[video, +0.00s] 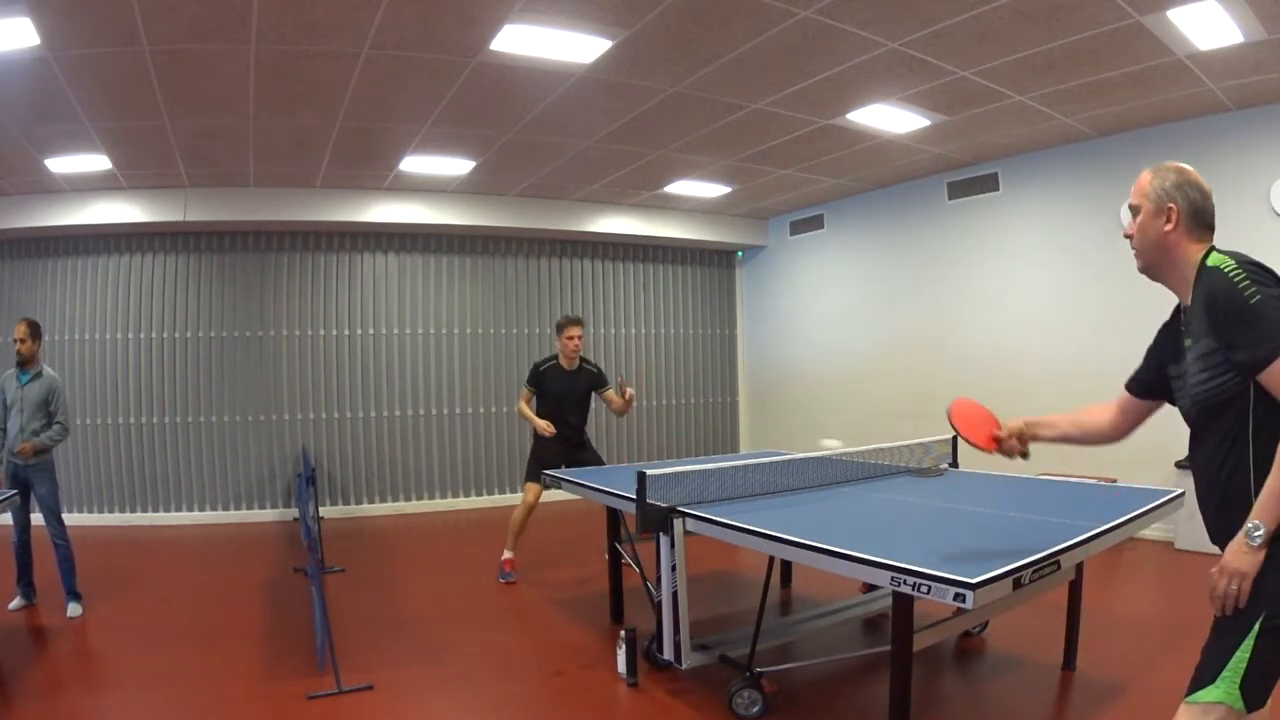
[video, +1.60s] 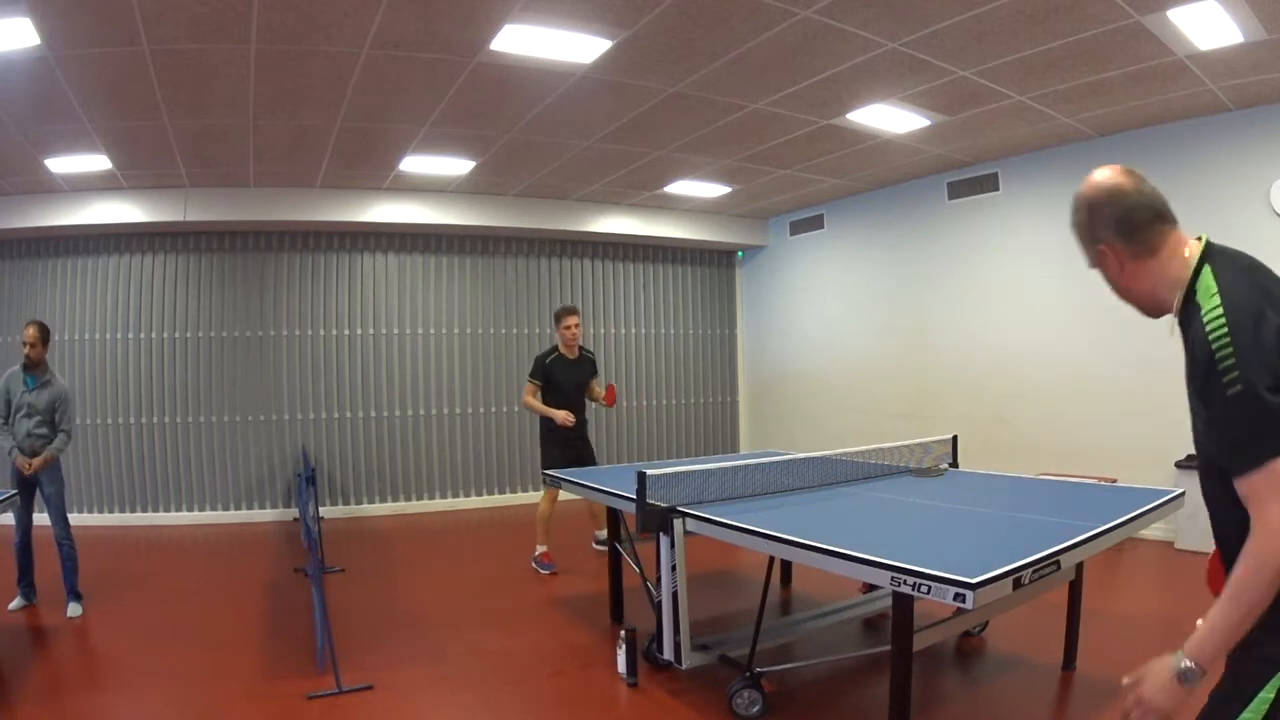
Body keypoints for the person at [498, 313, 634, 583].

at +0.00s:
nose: (576, 343)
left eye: (579, 338)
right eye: (570, 339)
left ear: (583, 341)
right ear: (558, 341)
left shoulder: (592, 372)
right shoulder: (541, 370)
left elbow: (617, 408)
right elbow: (522, 404)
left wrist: (626, 402)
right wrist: (536, 421)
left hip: (579, 445)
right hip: (547, 445)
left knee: (612, 491)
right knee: (530, 500)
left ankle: (618, 546)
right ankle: (508, 556)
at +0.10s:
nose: (581, 352)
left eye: (585, 347)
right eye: (576, 347)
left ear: (589, 347)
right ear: (564, 347)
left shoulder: (597, 379)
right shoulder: (547, 373)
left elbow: (614, 412)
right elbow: (522, 406)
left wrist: (625, 415)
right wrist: (535, 429)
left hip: (577, 447)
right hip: (546, 446)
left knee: (612, 489)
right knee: (529, 500)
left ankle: (616, 547)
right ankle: (504, 557)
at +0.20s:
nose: (581, 369)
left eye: (585, 363)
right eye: (575, 363)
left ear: (590, 363)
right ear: (566, 363)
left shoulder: (595, 392)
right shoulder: (547, 384)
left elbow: (608, 427)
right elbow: (521, 411)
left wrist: (606, 443)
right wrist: (527, 440)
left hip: (575, 452)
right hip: (543, 451)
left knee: (613, 491)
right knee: (529, 501)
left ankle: (614, 548)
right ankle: (504, 558)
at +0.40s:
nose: (560, 366)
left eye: (565, 361)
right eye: (555, 360)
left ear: (572, 361)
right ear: (546, 359)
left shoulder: (577, 386)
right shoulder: (530, 374)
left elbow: (593, 423)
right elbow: (511, 394)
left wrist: (598, 421)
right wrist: (501, 421)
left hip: (560, 442)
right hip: (528, 441)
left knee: (584, 494)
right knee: (517, 498)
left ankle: (605, 540)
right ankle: (504, 556)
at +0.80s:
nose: (579, 351)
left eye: (583, 347)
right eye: (574, 347)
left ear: (588, 350)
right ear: (563, 350)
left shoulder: (596, 382)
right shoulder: (546, 379)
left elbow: (621, 420)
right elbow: (525, 410)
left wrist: (621, 409)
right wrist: (529, 420)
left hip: (582, 447)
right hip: (552, 448)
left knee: (612, 491)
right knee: (539, 499)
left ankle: (606, 539)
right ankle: (508, 557)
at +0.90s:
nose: (595, 344)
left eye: (599, 339)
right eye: (589, 339)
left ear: (602, 343)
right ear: (578, 341)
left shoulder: (605, 375)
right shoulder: (559, 369)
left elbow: (619, 413)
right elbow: (536, 401)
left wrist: (629, 408)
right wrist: (552, 411)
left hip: (589, 442)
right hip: (560, 443)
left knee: (616, 482)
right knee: (547, 495)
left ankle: (607, 534)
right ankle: (517, 552)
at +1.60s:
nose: (573, 332)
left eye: (577, 326)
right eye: (567, 328)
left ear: (581, 328)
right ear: (557, 331)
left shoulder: (588, 359)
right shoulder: (544, 361)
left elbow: (591, 389)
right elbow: (527, 398)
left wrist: (603, 397)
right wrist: (554, 413)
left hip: (579, 434)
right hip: (554, 436)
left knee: (595, 485)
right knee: (551, 492)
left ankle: (602, 534)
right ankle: (541, 550)